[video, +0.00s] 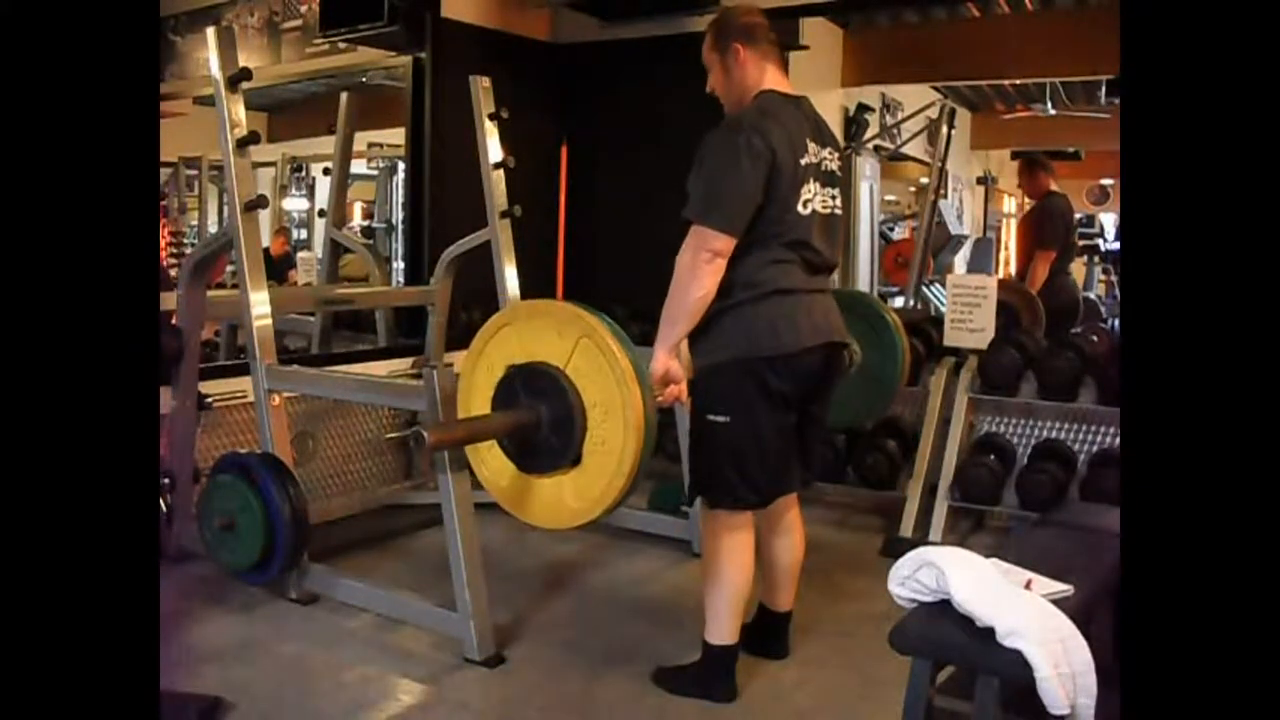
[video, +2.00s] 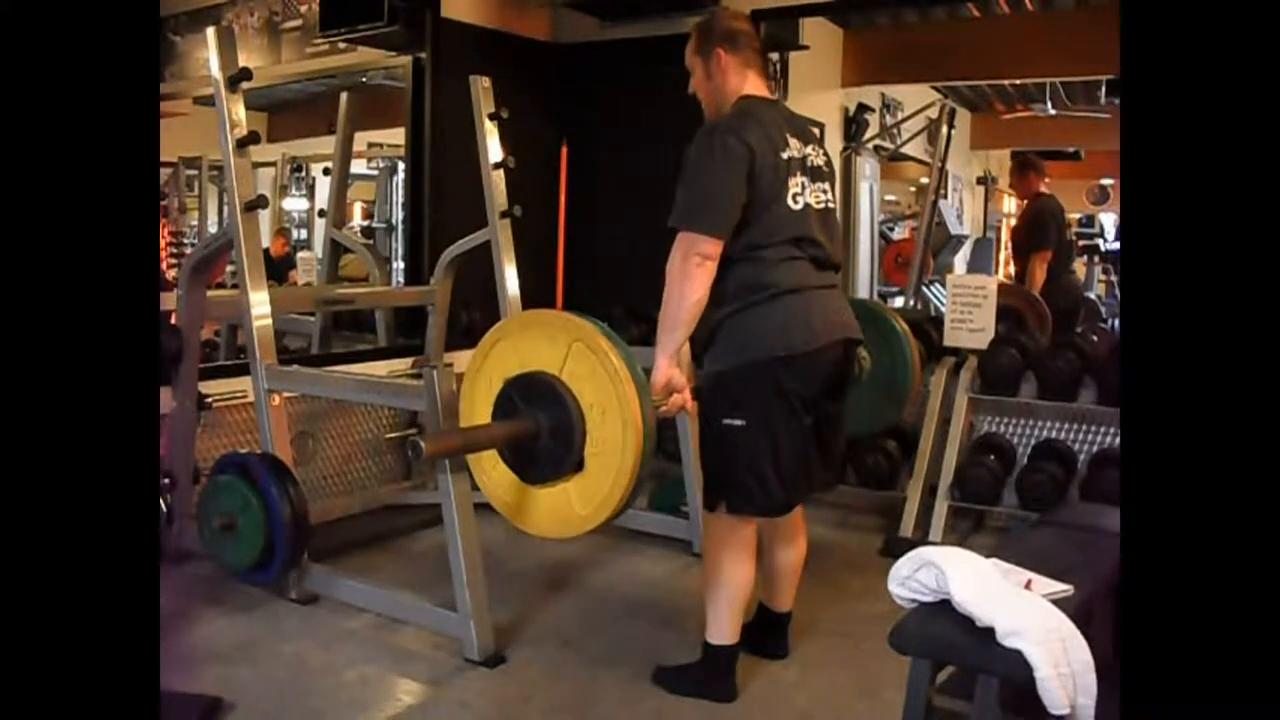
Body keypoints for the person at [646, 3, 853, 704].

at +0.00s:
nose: (711, 85)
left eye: (711, 69)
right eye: (709, 71)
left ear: (736, 58)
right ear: (773, 56)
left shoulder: (744, 132)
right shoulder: (814, 126)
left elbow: (709, 249)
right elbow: (801, 247)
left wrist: (665, 345)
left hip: (749, 343)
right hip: (812, 338)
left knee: (728, 506)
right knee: (779, 492)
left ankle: (715, 668)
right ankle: (772, 631)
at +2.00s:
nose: (693, 89)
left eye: (693, 74)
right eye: (691, 76)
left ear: (719, 62)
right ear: (753, 62)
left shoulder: (728, 134)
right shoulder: (808, 130)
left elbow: (698, 252)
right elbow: (807, 243)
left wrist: (668, 353)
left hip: (758, 347)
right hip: (828, 340)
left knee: (731, 511)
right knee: (784, 498)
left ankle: (715, 668)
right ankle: (772, 631)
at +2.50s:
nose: (672, 110)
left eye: (672, 93)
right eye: (669, 95)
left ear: (699, 82)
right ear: (731, 81)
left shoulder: (711, 146)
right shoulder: (787, 139)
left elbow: (692, 265)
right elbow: (805, 248)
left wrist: (668, 372)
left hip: (770, 349)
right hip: (838, 339)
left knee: (732, 506)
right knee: (789, 496)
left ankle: (716, 667)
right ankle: (774, 631)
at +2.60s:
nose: (670, 116)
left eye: (669, 100)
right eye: (667, 102)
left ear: (693, 86)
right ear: (729, 85)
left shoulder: (708, 150)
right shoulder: (782, 144)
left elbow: (691, 269)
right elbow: (808, 251)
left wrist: (668, 377)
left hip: (771, 350)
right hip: (839, 340)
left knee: (734, 507)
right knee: (792, 497)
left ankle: (716, 667)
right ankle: (774, 630)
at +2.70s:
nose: (665, 122)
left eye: (664, 105)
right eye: (661, 107)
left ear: (689, 91)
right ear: (724, 91)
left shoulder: (704, 156)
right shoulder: (779, 150)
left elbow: (689, 273)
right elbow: (806, 255)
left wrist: (668, 383)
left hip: (774, 352)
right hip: (843, 340)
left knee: (734, 506)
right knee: (792, 497)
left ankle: (716, 667)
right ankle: (774, 631)